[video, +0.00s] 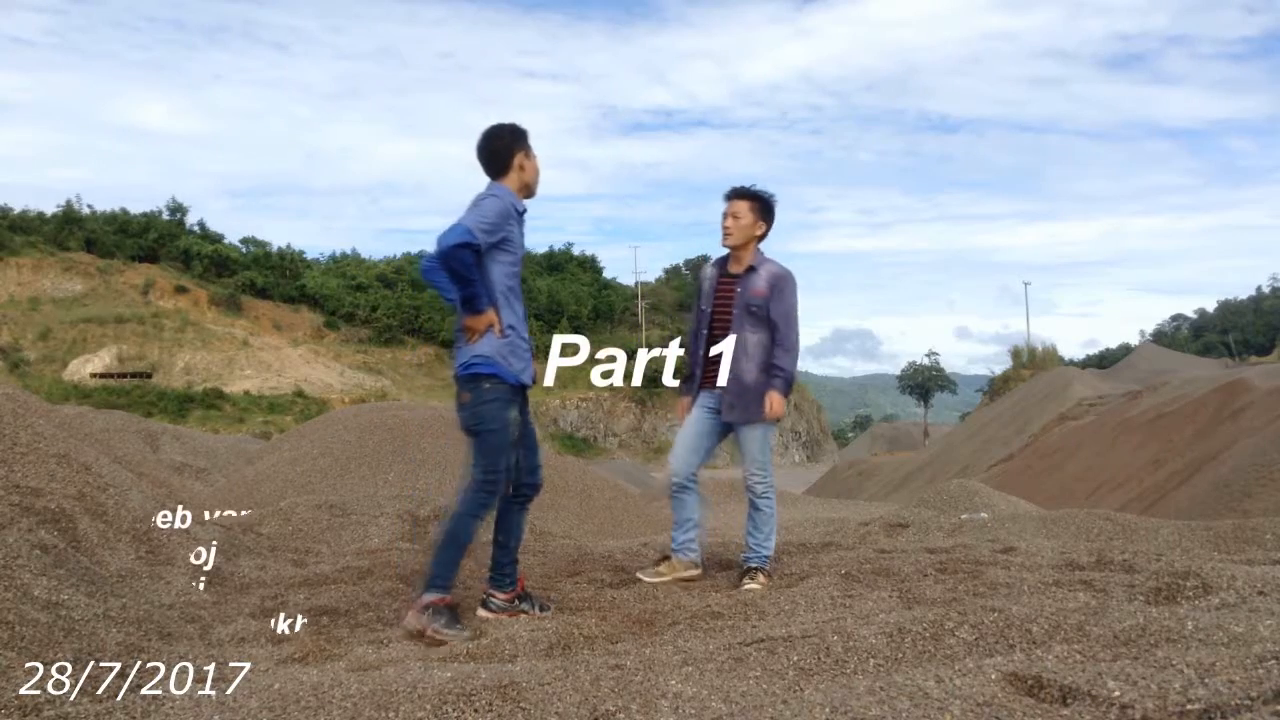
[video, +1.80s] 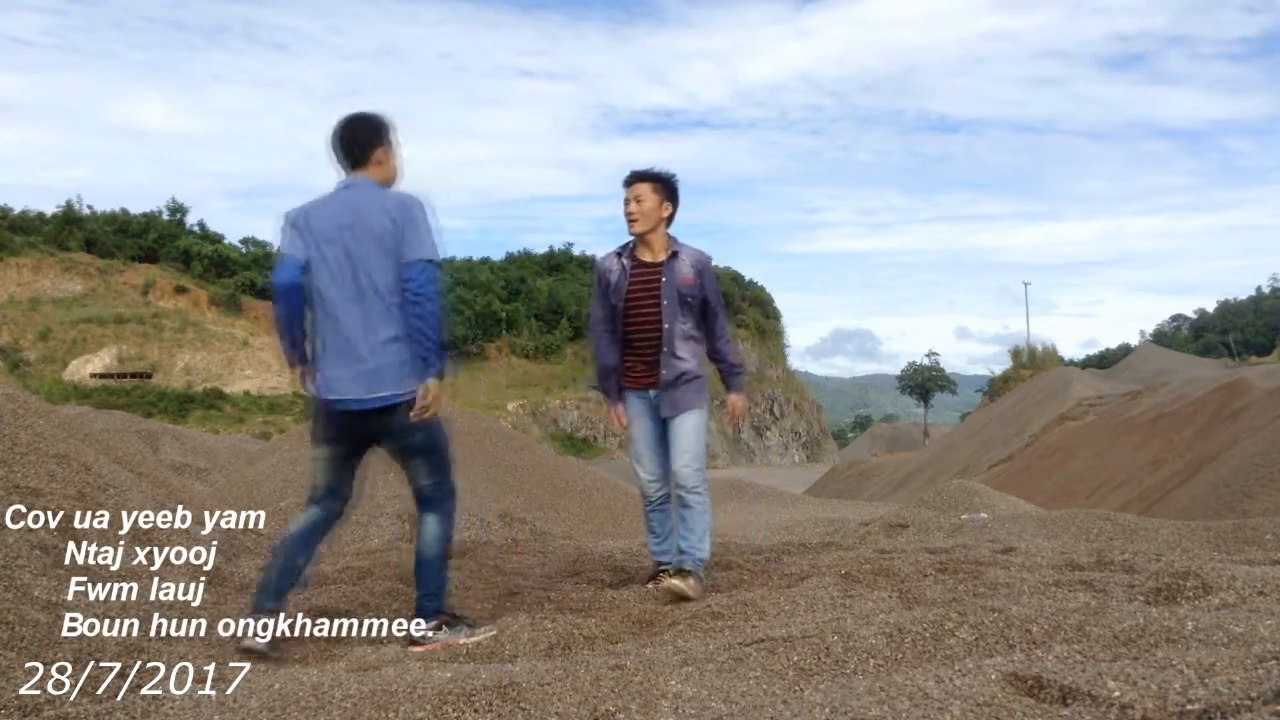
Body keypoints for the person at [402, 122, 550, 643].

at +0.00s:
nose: (538, 166)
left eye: (533, 157)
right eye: (533, 156)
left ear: (500, 165)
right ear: (520, 161)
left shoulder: (497, 209)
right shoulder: (499, 203)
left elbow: (432, 267)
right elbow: (450, 248)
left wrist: (473, 312)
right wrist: (474, 308)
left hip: (504, 378)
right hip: (489, 376)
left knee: (524, 480)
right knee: (487, 485)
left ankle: (504, 591)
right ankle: (432, 600)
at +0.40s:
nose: (553, 170)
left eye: (550, 160)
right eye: (549, 160)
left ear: (512, 168)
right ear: (536, 164)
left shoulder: (496, 210)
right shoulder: (516, 203)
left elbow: (440, 265)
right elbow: (472, 239)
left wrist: (474, 312)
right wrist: (492, 303)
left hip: (489, 371)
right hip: (509, 368)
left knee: (513, 479)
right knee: (555, 468)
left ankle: (501, 587)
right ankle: (514, 582)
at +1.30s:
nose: (509, 166)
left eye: (507, 157)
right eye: (506, 157)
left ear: (463, 157)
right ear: (491, 156)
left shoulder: (420, 216)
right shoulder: (494, 206)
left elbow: (410, 292)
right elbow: (528, 283)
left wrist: (459, 294)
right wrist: (569, 308)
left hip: (458, 378)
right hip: (496, 373)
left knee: (498, 485)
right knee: (529, 482)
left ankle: (504, 593)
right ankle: (453, 586)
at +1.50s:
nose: (465, 168)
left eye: (460, 159)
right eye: (461, 160)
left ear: (413, 170)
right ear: (450, 165)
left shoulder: (378, 229)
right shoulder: (474, 221)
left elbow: (360, 313)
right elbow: (519, 293)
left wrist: (397, 330)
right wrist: (545, 320)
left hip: (403, 395)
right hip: (462, 393)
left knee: (456, 481)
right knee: (467, 504)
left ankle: (473, 587)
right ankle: (431, 619)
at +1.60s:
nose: (442, 162)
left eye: (437, 153)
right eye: (439, 153)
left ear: (390, 159)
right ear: (429, 156)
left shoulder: (352, 220)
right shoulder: (452, 211)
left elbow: (338, 301)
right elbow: (488, 293)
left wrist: (356, 354)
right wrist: (513, 339)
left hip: (385, 386)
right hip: (446, 382)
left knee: (413, 467)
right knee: (450, 496)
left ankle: (404, 577)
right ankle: (431, 618)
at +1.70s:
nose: (419, 155)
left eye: (414, 146)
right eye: (416, 146)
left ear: (369, 153)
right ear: (405, 149)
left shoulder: (332, 213)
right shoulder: (432, 205)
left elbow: (314, 290)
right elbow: (457, 286)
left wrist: (336, 358)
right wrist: (476, 344)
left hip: (365, 380)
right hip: (426, 378)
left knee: (373, 478)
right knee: (440, 495)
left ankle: (334, 572)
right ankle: (432, 615)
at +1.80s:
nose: (397, 160)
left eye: (393, 150)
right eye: (394, 151)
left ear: (344, 159)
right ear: (381, 154)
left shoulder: (305, 217)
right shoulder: (403, 209)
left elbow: (286, 285)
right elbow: (421, 289)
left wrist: (297, 355)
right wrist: (432, 369)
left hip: (336, 394)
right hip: (399, 391)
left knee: (324, 503)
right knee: (436, 498)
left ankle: (262, 614)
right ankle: (430, 618)